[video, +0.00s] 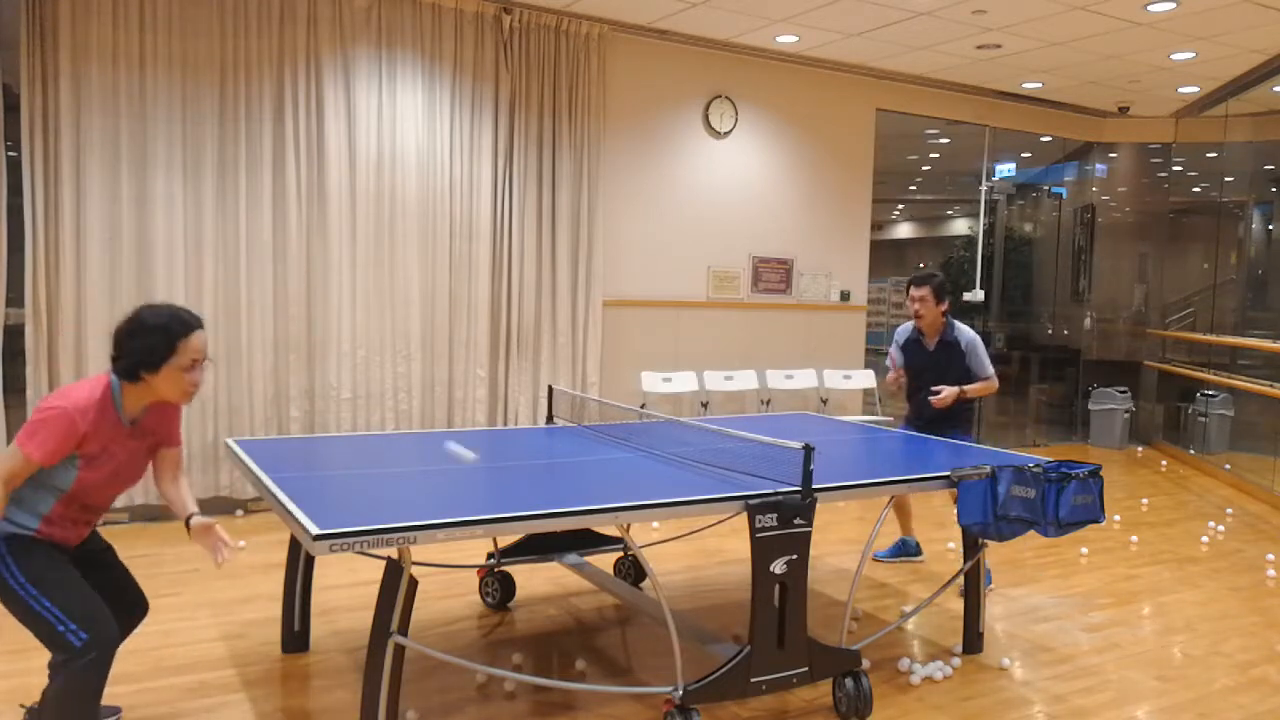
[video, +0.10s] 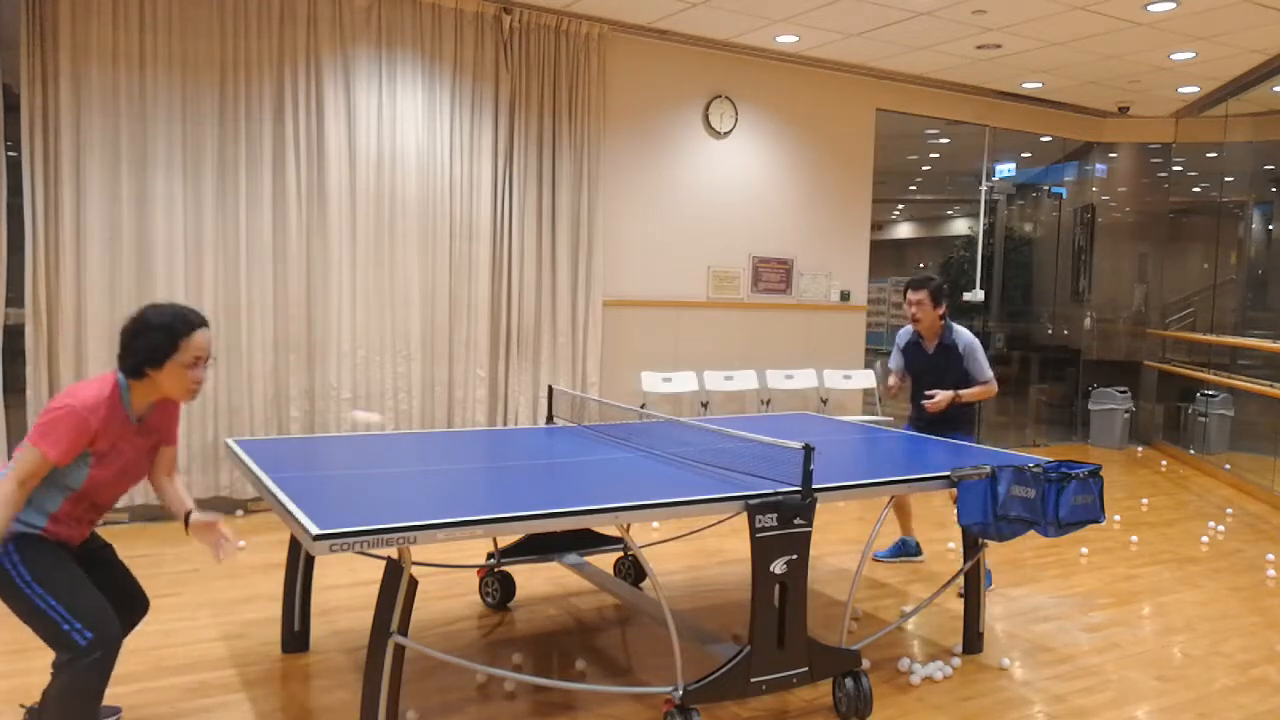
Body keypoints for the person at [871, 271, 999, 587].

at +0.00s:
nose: (915, 308)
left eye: (922, 301)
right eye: (911, 301)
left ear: (943, 306)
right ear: (908, 304)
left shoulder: (966, 338)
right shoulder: (903, 334)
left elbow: (991, 383)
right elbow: (895, 377)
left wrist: (959, 392)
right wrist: (895, 379)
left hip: (955, 425)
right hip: (916, 423)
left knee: (959, 489)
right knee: (893, 475)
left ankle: (977, 560)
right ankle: (908, 540)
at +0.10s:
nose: (912, 311)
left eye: (919, 305)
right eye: (909, 305)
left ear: (940, 309)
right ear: (906, 307)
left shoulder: (964, 341)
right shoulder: (905, 337)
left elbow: (990, 387)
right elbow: (896, 378)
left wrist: (954, 396)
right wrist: (892, 385)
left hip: (957, 427)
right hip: (919, 423)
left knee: (959, 491)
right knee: (894, 475)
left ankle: (978, 561)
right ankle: (908, 540)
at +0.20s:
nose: (909, 309)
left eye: (916, 303)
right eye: (905, 303)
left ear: (937, 306)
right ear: (903, 305)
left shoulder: (961, 338)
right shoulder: (906, 337)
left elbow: (990, 385)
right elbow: (904, 376)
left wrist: (952, 394)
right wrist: (889, 394)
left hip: (960, 428)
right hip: (924, 424)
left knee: (959, 491)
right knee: (898, 474)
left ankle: (978, 563)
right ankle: (909, 541)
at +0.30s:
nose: (902, 306)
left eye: (909, 299)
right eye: (899, 300)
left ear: (931, 301)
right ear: (898, 303)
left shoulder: (955, 333)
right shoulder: (908, 335)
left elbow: (987, 378)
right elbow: (917, 375)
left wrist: (946, 390)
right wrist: (897, 401)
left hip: (964, 426)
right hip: (931, 423)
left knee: (961, 490)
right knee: (906, 472)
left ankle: (978, 565)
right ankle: (910, 540)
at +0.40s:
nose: (894, 307)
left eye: (900, 300)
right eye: (891, 301)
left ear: (922, 303)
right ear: (890, 305)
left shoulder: (943, 332)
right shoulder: (915, 337)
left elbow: (982, 376)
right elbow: (935, 383)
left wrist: (938, 390)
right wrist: (911, 409)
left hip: (964, 427)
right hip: (937, 425)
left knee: (961, 493)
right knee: (910, 472)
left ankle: (979, 567)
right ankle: (910, 540)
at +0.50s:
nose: (885, 318)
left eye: (890, 310)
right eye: (883, 311)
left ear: (912, 309)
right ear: (908, 312)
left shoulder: (934, 336)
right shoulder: (919, 339)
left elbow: (975, 377)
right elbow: (941, 381)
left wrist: (930, 397)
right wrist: (923, 403)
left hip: (963, 430)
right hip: (939, 428)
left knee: (949, 497)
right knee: (909, 477)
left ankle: (981, 568)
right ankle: (910, 541)